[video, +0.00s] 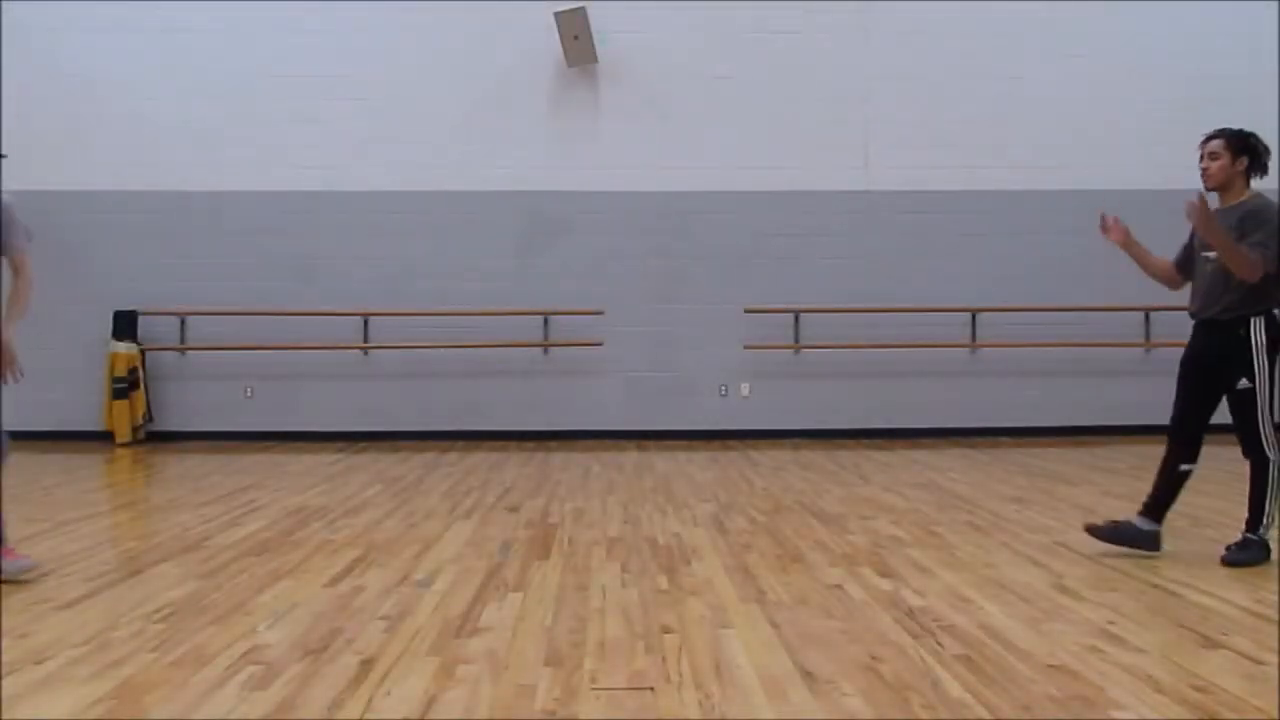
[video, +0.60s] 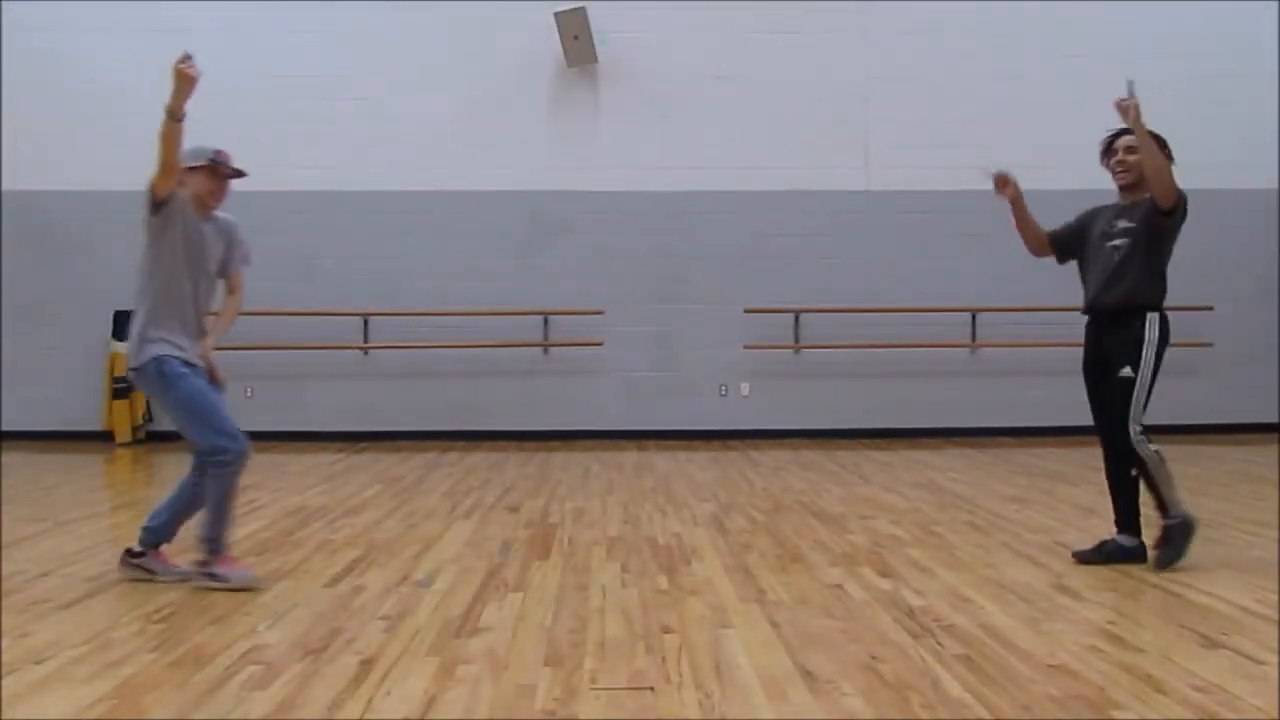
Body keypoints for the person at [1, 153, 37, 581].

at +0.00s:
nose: (3, 162)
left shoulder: (5, 214)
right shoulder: (6, 216)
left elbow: (22, 271)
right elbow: (23, 271)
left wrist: (7, 330)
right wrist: (7, 330)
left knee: (1, 445)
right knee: (2, 445)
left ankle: (3, 544)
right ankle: (3, 544)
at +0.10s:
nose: (10, 173)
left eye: (16, 164)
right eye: (4, 164)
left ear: (23, 170)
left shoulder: (31, 212)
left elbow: (58, 274)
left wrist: (31, 326)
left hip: (16, 346)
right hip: (0, 350)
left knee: (37, 438)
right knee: (25, 440)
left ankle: (10, 540)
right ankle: (9, 544)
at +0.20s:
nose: (51, 177)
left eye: (57, 170)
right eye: (43, 169)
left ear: (63, 177)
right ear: (24, 173)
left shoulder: (67, 218)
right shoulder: (11, 213)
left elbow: (85, 282)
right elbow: (17, 171)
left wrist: (59, 329)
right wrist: (40, 106)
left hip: (51, 353)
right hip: (12, 355)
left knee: (92, 444)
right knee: (54, 458)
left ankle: (29, 526)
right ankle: (13, 544)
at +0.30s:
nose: (97, 175)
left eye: (102, 168)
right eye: (89, 166)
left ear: (106, 175)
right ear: (69, 169)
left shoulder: (105, 220)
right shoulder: (49, 207)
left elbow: (115, 282)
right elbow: (57, 165)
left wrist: (92, 326)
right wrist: (77, 109)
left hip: (86, 352)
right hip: (42, 351)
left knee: (137, 438)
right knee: (71, 462)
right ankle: (15, 546)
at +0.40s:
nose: (140, 178)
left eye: (144, 171)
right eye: (131, 169)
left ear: (148, 179)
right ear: (109, 171)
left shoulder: (145, 224)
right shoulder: (92, 211)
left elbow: (154, 285)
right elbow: (102, 162)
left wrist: (131, 328)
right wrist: (118, 100)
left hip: (120, 352)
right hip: (79, 351)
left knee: (162, 447)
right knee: (122, 458)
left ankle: (136, 551)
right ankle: (37, 527)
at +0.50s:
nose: (182, 189)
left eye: (187, 182)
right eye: (176, 178)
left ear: (188, 188)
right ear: (151, 178)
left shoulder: (186, 232)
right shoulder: (129, 215)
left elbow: (195, 294)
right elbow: (134, 165)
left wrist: (171, 335)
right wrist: (150, 103)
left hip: (157, 355)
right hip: (117, 353)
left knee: (193, 459)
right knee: (185, 453)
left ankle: (144, 546)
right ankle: (113, 531)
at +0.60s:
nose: (221, 186)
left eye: (226, 180)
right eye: (214, 176)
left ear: (226, 186)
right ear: (191, 176)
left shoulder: (225, 233)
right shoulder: (168, 212)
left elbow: (233, 298)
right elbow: (167, 165)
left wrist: (208, 343)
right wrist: (178, 102)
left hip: (193, 354)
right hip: (156, 350)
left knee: (213, 461)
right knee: (230, 448)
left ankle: (145, 548)